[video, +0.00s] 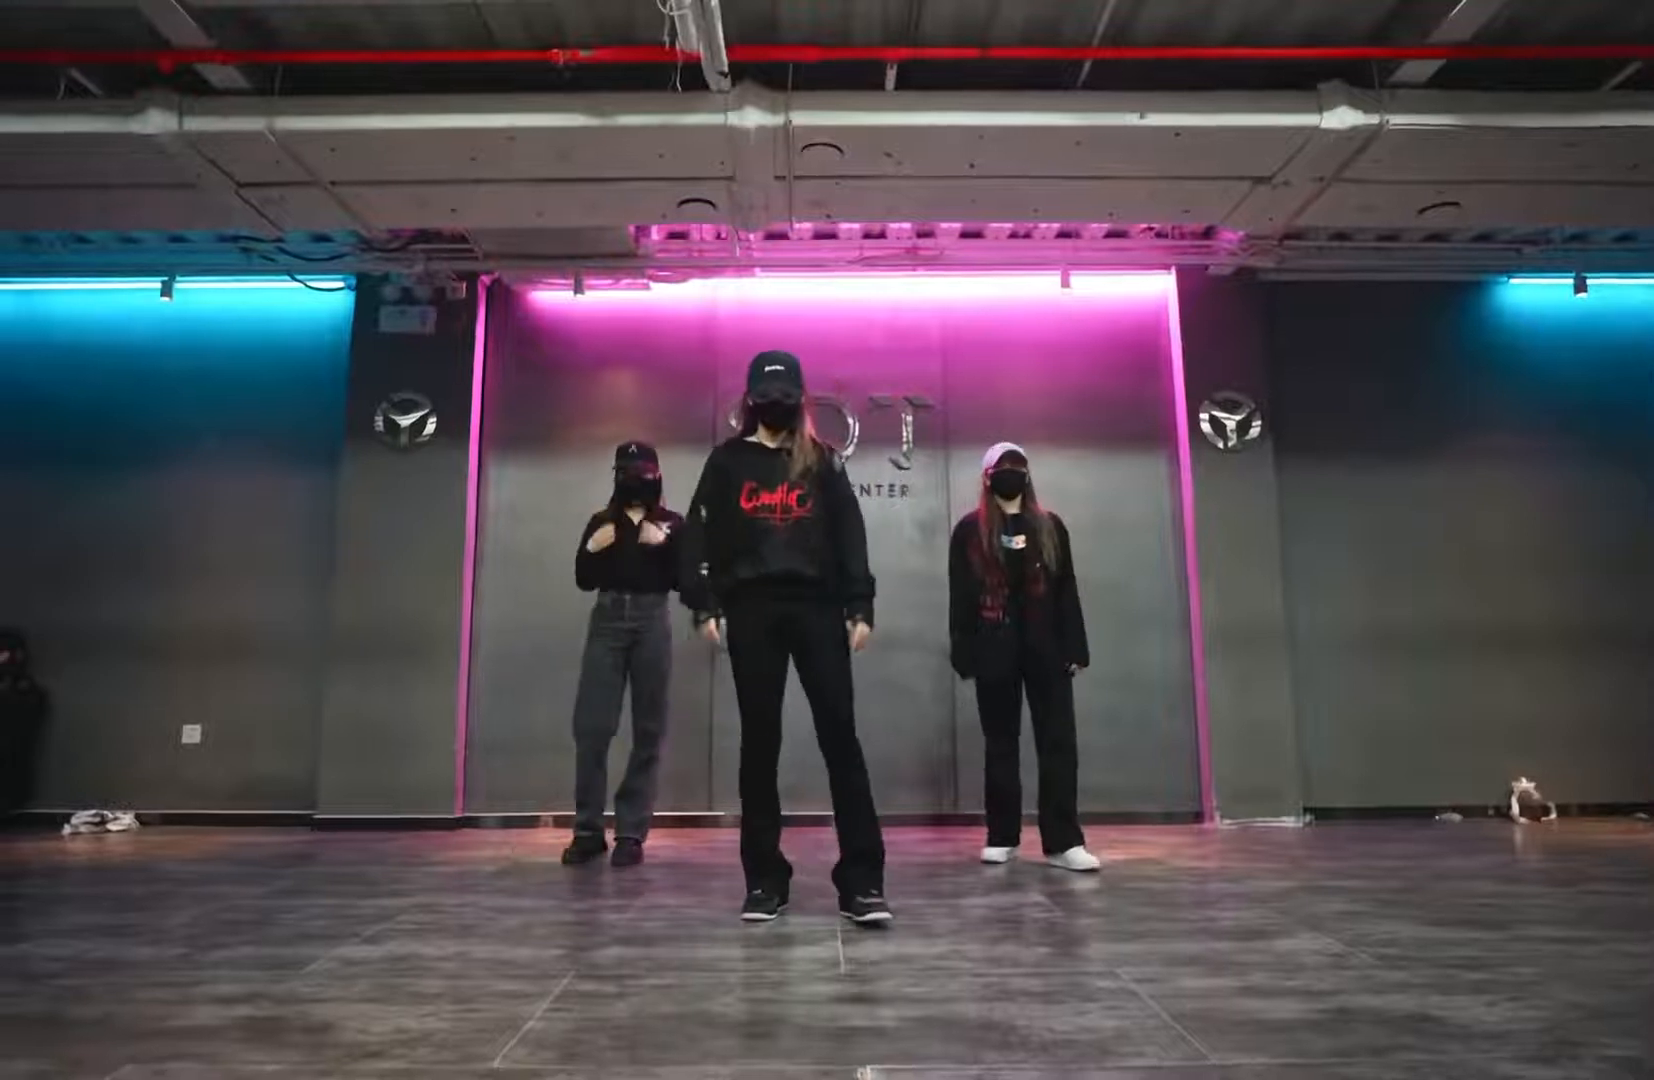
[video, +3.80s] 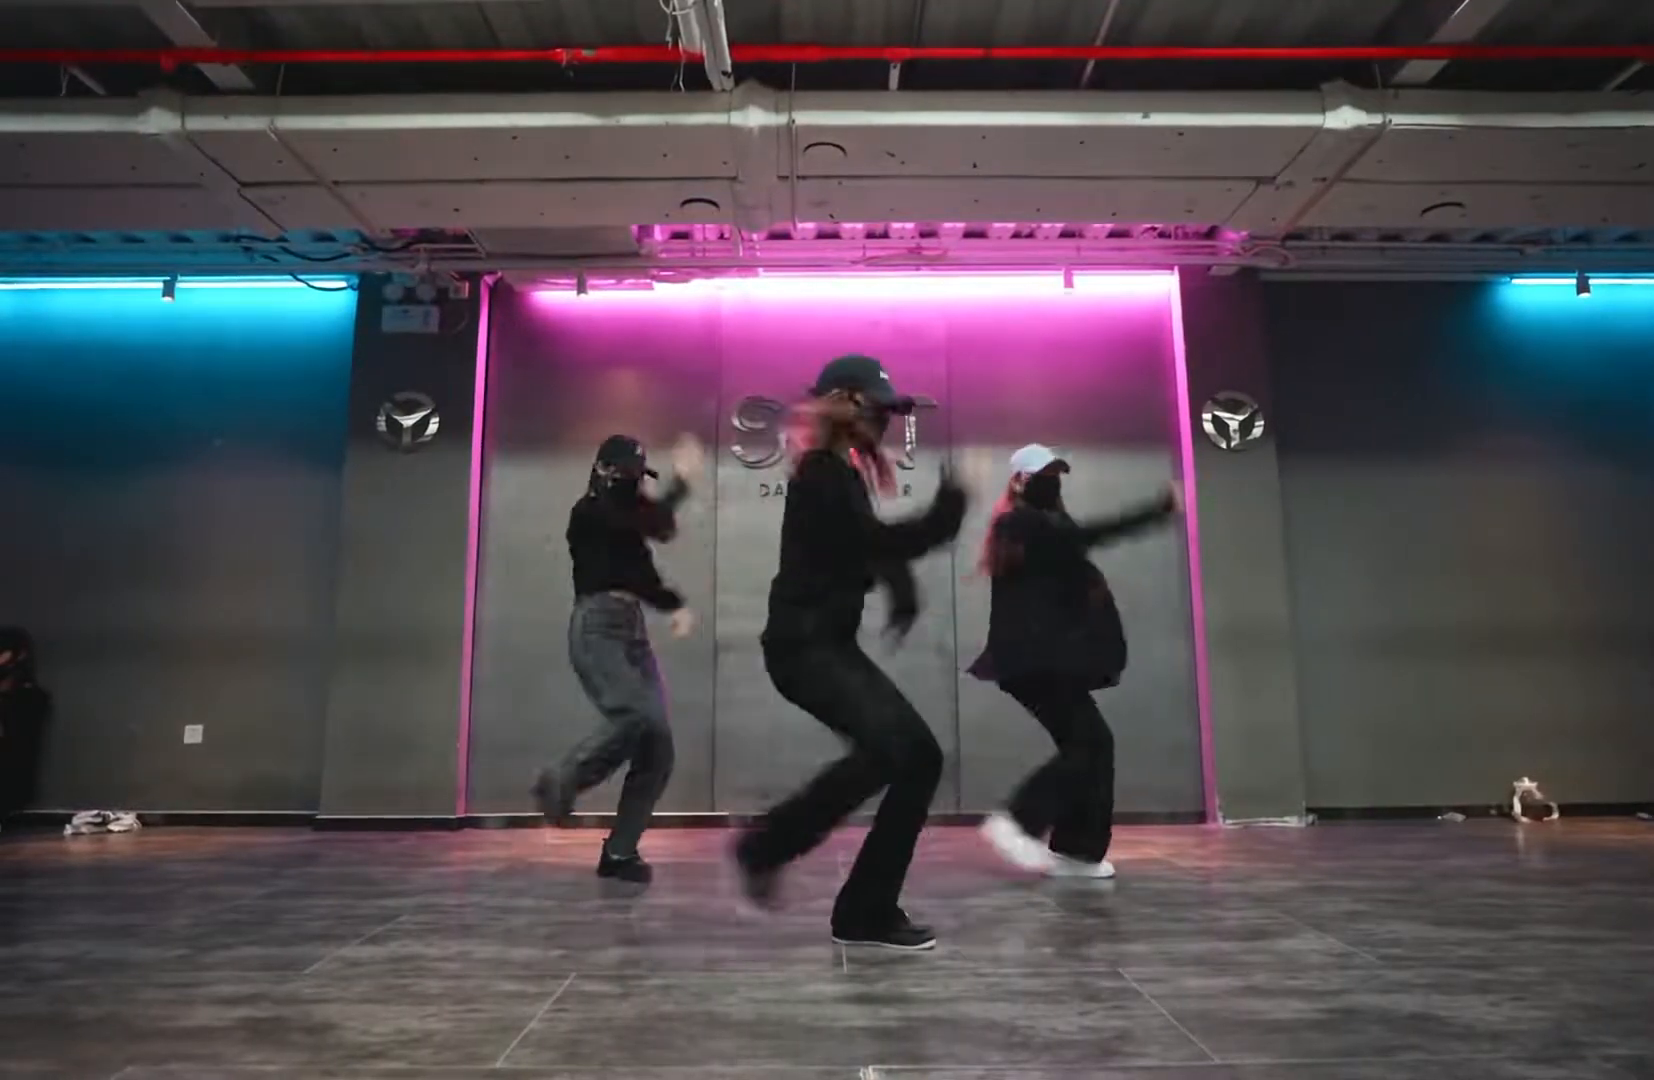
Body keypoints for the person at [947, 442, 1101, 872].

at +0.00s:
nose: (1010, 478)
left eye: (1017, 471)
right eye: (1001, 472)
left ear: (1027, 475)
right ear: (987, 478)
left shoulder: (1050, 526)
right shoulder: (969, 531)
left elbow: (1066, 591)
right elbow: (961, 597)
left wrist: (1075, 647)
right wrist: (964, 654)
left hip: (1047, 653)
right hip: (994, 656)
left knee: (1059, 746)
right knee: (1001, 747)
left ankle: (1064, 842)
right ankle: (1001, 839)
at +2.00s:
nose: (1044, 480)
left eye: (1050, 474)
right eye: (1036, 473)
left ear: (1059, 478)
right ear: (1020, 478)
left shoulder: (1076, 530)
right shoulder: (996, 529)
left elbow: (1091, 595)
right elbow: (986, 597)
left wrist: (1100, 648)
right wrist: (992, 655)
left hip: (1066, 659)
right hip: (1014, 660)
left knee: (1065, 751)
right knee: (1014, 751)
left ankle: (1062, 837)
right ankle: (1014, 838)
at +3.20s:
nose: (1038, 500)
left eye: (1045, 491)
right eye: (1029, 492)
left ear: (1055, 495)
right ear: (1013, 496)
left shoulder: (1073, 542)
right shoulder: (992, 547)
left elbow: (1100, 604)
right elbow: (971, 605)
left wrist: (1065, 597)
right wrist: (954, 599)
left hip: (1066, 660)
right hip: (1008, 659)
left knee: (1091, 744)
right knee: (975, 732)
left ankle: (1091, 839)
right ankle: (972, 830)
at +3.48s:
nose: (1024, 506)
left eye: (1031, 497)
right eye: (1015, 498)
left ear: (1041, 503)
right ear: (997, 503)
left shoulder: (1055, 556)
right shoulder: (971, 555)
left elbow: (1089, 607)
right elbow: (942, 605)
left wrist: (1132, 606)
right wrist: (988, 594)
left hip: (1041, 668)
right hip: (985, 671)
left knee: (1101, 740)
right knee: (978, 762)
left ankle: (1076, 830)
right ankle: (928, 859)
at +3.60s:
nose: (1042, 510)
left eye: (1047, 502)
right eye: (1033, 502)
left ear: (1053, 507)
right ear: (1012, 508)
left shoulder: (1047, 558)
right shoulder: (999, 558)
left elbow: (1076, 600)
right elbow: (1018, 618)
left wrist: (1094, 616)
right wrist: (1078, 619)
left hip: (1043, 683)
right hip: (1003, 682)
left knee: (1100, 751)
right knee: (997, 774)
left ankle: (1066, 853)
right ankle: (921, 853)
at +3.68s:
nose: (1049, 506)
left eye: (1053, 498)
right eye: (1041, 499)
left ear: (1057, 501)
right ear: (1017, 502)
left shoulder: (1046, 550)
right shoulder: (1012, 551)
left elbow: (1076, 601)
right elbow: (1045, 615)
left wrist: (1104, 624)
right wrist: (1112, 623)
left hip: (1044, 679)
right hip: (1022, 681)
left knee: (1102, 751)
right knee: (1011, 774)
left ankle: (1071, 853)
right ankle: (927, 844)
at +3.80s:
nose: (1058, 485)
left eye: (1057, 477)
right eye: (1050, 478)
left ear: (1026, 484)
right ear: (1025, 482)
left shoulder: (1040, 526)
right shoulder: (1023, 525)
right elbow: (1088, 534)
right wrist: (1159, 510)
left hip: (1047, 659)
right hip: (1031, 659)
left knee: (1089, 744)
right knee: (1089, 742)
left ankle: (1075, 853)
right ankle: (1014, 822)